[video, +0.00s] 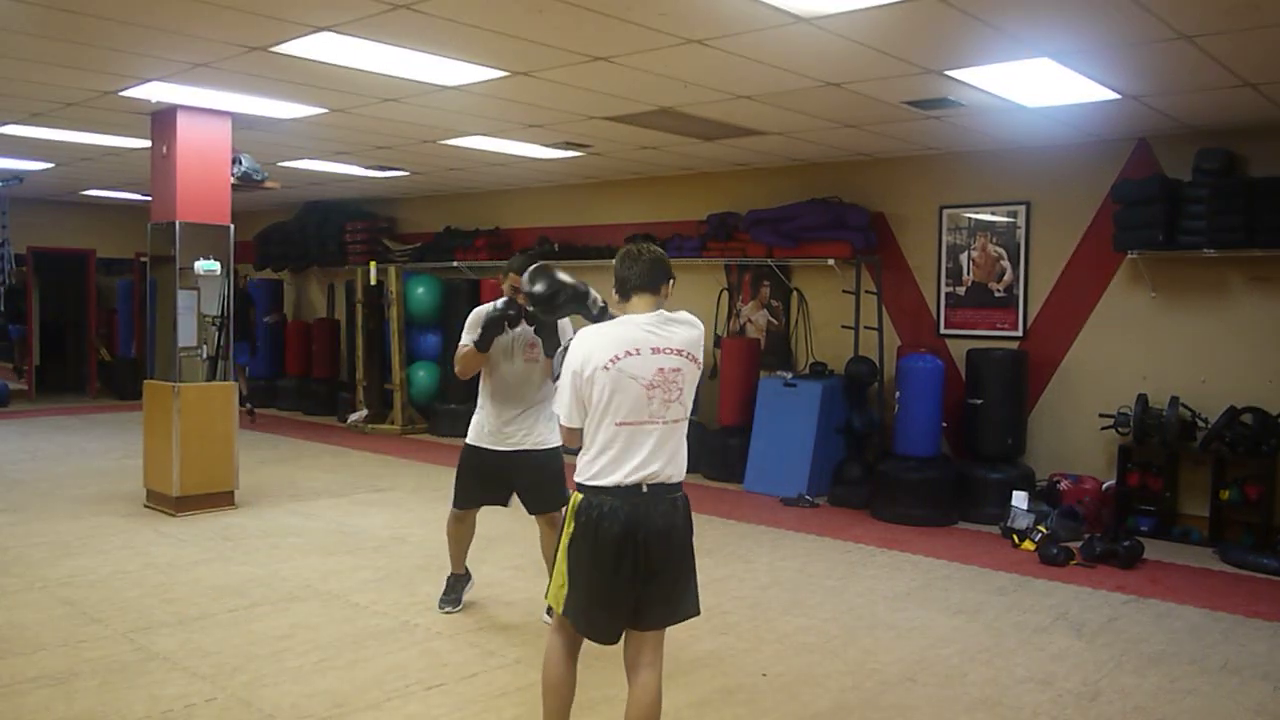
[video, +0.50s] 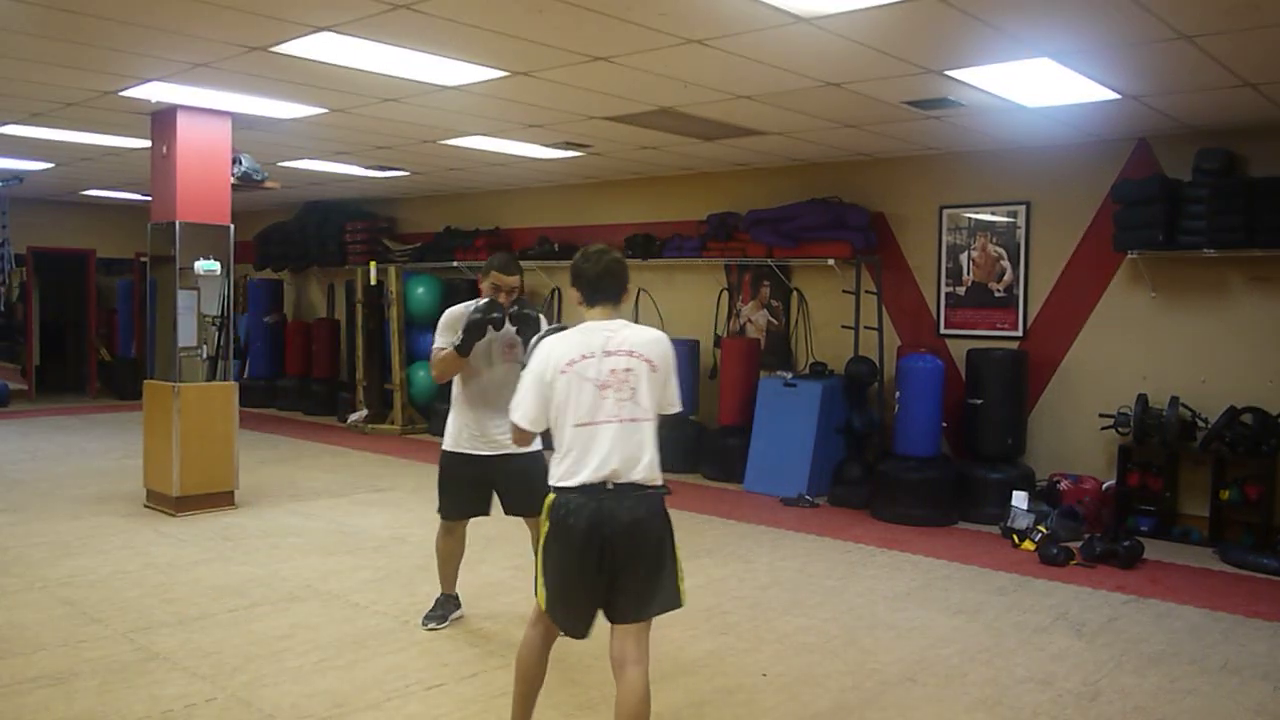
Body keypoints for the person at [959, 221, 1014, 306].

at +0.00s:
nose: (983, 241)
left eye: (985, 237)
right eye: (979, 237)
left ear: (990, 237)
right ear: (975, 237)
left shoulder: (998, 252)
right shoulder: (971, 253)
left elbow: (1009, 272)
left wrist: (1000, 286)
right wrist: (966, 279)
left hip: (992, 288)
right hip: (975, 287)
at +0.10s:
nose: (983, 241)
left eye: (985, 237)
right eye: (979, 237)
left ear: (990, 237)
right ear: (975, 237)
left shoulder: (998, 252)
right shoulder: (971, 253)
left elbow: (1009, 272)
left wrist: (1000, 286)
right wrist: (966, 279)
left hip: (992, 288)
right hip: (975, 287)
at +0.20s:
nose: (983, 241)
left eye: (985, 237)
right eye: (979, 237)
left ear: (990, 237)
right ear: (975, 237)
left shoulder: (998, 252)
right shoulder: (971, 253)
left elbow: (1009, 272)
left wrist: (1000, 286)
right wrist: (966, 279)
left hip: (991, 288)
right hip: (975, 287)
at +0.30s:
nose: (983, 241)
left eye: (985, 237)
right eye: (979, 237)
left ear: (990, 237)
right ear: (975, 237)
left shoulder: (998, 252)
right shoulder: (971, 253)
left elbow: (1009, 272)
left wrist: (1000, 286)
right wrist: (966, 279)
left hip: (991, 288)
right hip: (975, 287)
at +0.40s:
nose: (983, 241)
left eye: (985, 237)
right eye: (979, 237)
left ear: (990, 237)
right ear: (975, 237)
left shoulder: (998, 252)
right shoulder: (971, 253)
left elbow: (1009, 272)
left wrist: (1000, 286)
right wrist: (966, 279)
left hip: (992, 288)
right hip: (975, 287)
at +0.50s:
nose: (983, 241)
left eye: (985, 237)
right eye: (979, 237)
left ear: (990, 237)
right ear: (975, 237)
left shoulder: (998, 252)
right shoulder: (971, 253)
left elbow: (1009, 272)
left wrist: (1000, 286)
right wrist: (966, 279)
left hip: (992, 288)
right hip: (975, 287)